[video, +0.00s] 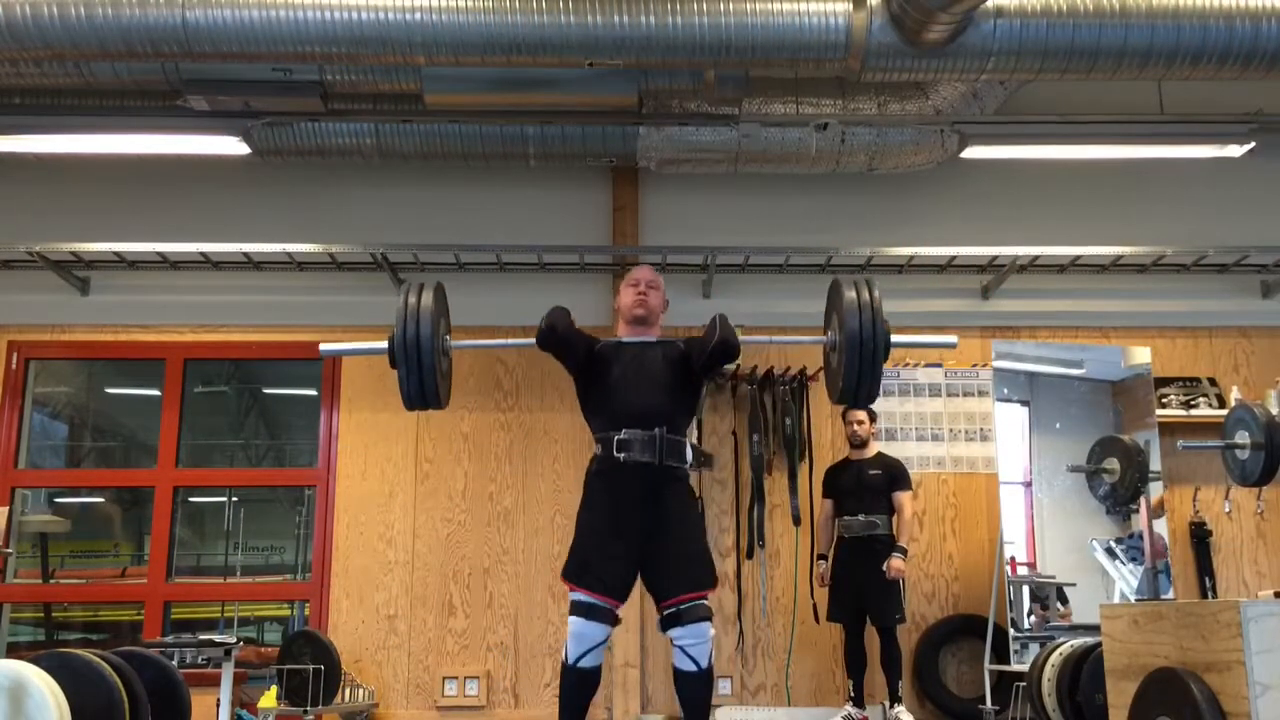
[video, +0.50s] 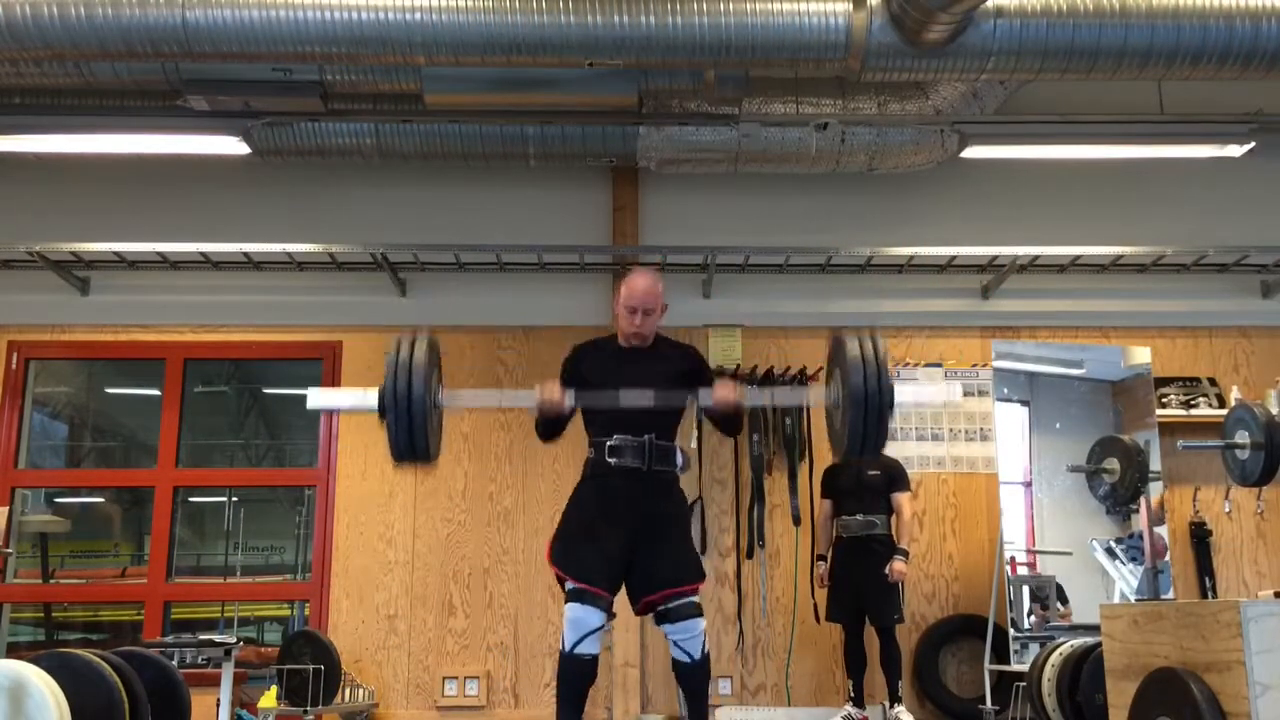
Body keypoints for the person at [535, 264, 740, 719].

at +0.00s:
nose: (642, 290)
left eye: (652, 286)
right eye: (633, 284)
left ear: (664, 306)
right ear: (616, 302)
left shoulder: (683, 354)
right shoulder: (594, 353)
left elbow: (722, 350)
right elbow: (558, 337)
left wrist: (720, 331)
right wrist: (557, 318)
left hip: (673, 501)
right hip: (609, 499)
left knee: (694, 633)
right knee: (587, 631)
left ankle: (697, 718)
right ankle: (570, 718)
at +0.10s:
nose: (643, 286)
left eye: (653, 282)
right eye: (634, 280)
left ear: (666, 302)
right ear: (617, 297)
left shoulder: (684, 348)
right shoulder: (594, 347)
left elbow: (725, 335)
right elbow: (557, 324)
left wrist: (718, 318)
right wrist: (560, 311)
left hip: (670, 497)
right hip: (607, 496)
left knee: (688, 632)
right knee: (592, 629)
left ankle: (696, 718)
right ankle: (571, 717)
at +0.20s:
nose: (643, 279)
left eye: (653, 276)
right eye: (634, 274)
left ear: (665, 295)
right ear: (617, 291)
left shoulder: (682, 340)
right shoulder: (594, 339)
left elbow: (722, 332)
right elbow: (553, 336)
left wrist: (721, 315)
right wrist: (556, 311)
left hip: (669, 490)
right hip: (607, 489)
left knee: (682, 627)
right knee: (587, 622)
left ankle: (695, 717)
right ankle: (567, 717)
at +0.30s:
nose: (644, 278)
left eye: (654, 273)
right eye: (635, 271)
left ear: (665, 291)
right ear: (617, 285)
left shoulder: (684, 342)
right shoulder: (590, 342)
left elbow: (720, 396)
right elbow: (555, 398)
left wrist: (724, 343)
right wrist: (551, 345)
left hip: (664, 486)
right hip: (603, 485)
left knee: (679, 619)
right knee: (586, 616)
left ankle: (698, 717)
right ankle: (569, 717)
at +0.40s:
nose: (642, 294)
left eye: (653, 287)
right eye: (635, 284)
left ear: (665, 297)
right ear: (618, 288)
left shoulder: (682, 351)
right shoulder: (587, 348)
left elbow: (721, 424)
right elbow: (550, 424)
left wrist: (723, 371)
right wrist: (550, 373)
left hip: (660, 495)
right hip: (598, 493)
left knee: (684, 626)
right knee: (581, 623)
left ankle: (705, 717)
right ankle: (568, 717)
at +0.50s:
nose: (639, 321)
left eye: (649, 312)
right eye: (631, 310)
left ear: (663, 311)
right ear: (615, 306)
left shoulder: (684, 361)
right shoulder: (586, 359)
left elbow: (730, 428)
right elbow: (548, 433)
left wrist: (728, 407)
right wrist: (550, 411)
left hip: (661, 502)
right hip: (600, 500)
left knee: (686, 626)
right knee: (583, 622)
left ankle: (698, 716)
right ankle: (568, 717)